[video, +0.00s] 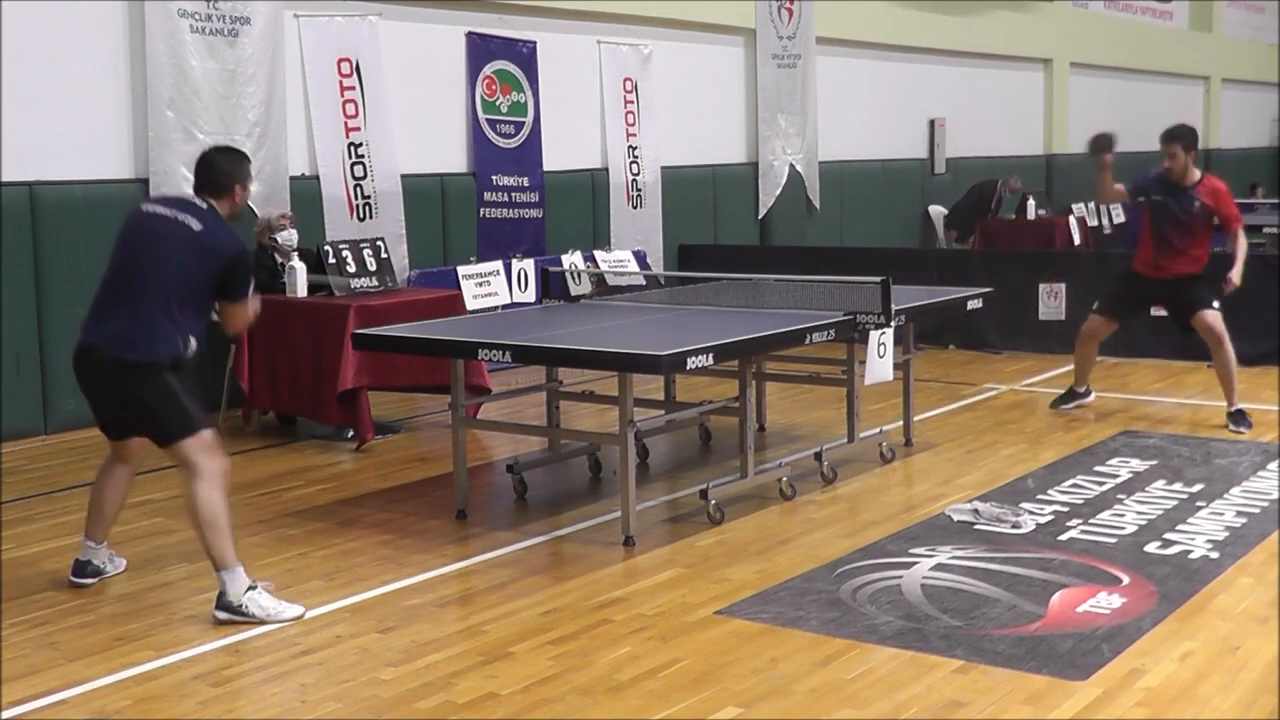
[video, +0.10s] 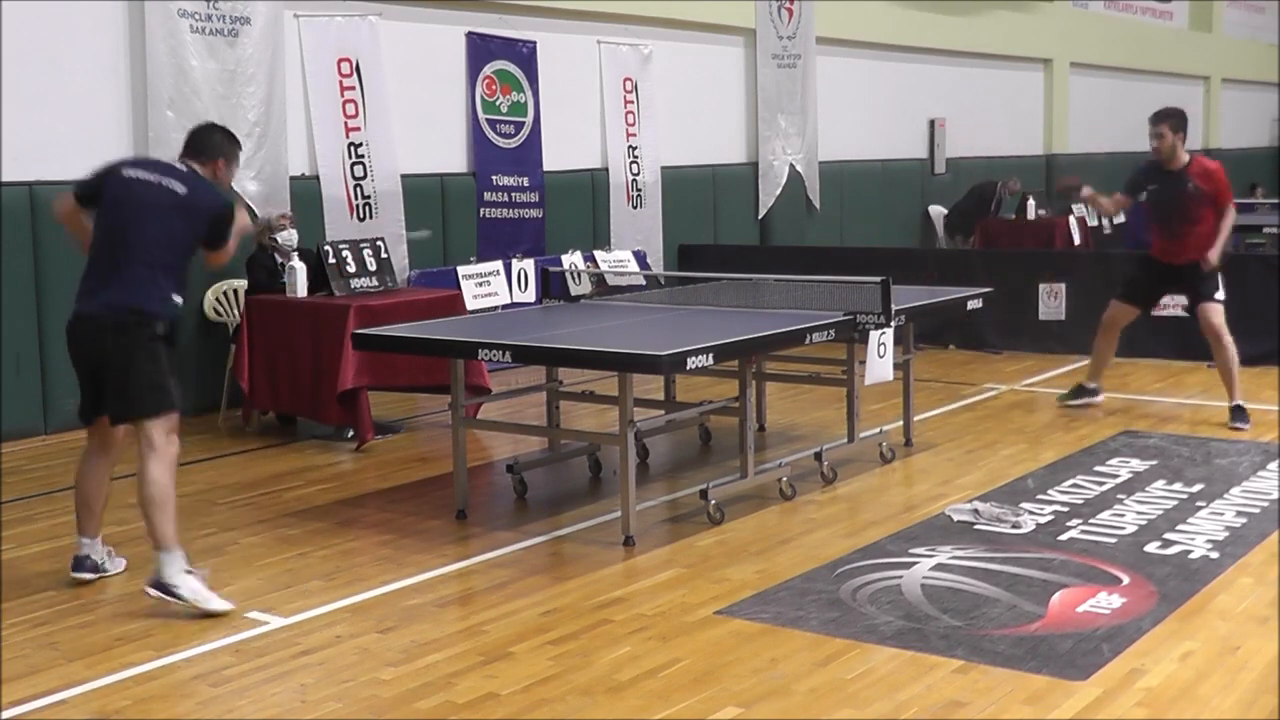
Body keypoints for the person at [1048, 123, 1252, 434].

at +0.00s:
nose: (1166, 163)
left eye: (1173, 157)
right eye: (1164, 156)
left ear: (1192, 154)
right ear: (1161, 154)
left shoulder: (1213, 189)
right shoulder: (1154, 181)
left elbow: (1238, 233)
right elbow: (1107, 195)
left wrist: (1237, 268)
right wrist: (1105, 168)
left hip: (1188, 280)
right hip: (1141, 277)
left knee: (1215, 330)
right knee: (1089, 332)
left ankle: (1234, 408)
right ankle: (1080, 388)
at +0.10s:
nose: (1154, 143)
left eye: (1160, 137)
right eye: (1151, 137)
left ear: (1180, 138)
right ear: (1152, 138)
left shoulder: (1208, 171)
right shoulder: (1148, 172)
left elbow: (1229, 210)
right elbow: (1114, 206)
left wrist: (1216, 249)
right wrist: (1094, 198)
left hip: (1199, 265)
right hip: (1157, 264)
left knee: (1214, 325)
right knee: (1111, 320)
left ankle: (1236, 404)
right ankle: (1091, 385)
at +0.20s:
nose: (1146, 149)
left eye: (1152, 142)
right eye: (1144, 142)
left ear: (1172, 142)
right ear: (1146, 144)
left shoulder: (1201, 175)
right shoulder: (1147, 182)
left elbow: (1234, 214)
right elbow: (1123, 226)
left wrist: (1201, 242)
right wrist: (1091, 228)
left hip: (1205, 267)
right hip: (1165, 265)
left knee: (1213, 330)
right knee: (1117, 321)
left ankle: (1253, 397)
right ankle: (1128, 378)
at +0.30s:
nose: (1126, 167)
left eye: (1131, 160)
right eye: (1125, 161)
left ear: (1151, 159)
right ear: (1143, 162)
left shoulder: (1176, 188)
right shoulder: (1146, 200)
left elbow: (1179, 232)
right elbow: (1145, 251)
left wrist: (1146, 243)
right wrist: (1120, 281)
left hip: (1206, 278)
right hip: (1172, 279)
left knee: (1217, 343)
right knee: (1124, 330)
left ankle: (1266, 402)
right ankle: (1141, 381)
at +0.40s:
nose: (1104, 173)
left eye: (1108, 166)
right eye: (1104, 166)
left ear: (1128, 165)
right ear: (1127, 166)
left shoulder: (1136, 188)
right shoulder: (1144, 186)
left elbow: (1109, 225)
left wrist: (1086, 231)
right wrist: (1101, 228)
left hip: (1194, 275)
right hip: (1166, 277)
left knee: (1208, 343)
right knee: (1120, 325)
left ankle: (1264, 401)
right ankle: (1142, 381)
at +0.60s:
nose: (1043, 175)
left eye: (1045, 169)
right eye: (1043, 170)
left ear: (1061, 166)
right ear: (1068, 167)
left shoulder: (1065, 182)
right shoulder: (1089, 183)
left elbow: (1044, 218)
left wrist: (1056, 218)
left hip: (1127, 251)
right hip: (1126, 251)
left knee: (1118, 317)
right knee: (1103, 316)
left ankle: (1162, 383)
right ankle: (1142, 378)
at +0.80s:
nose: (988, 174)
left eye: (991, 167)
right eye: (987, 168)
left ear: (1006, 163)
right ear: (1002, 166)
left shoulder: (1033, 179)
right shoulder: (1005, 190)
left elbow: (1056, 189)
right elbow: (963, 187)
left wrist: (1039, 188)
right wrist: (958, 159)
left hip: (1051, 272)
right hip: (1048, 272)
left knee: (992, 309)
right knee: (1050, 341)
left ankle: (977, 369)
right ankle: (1112, 354)